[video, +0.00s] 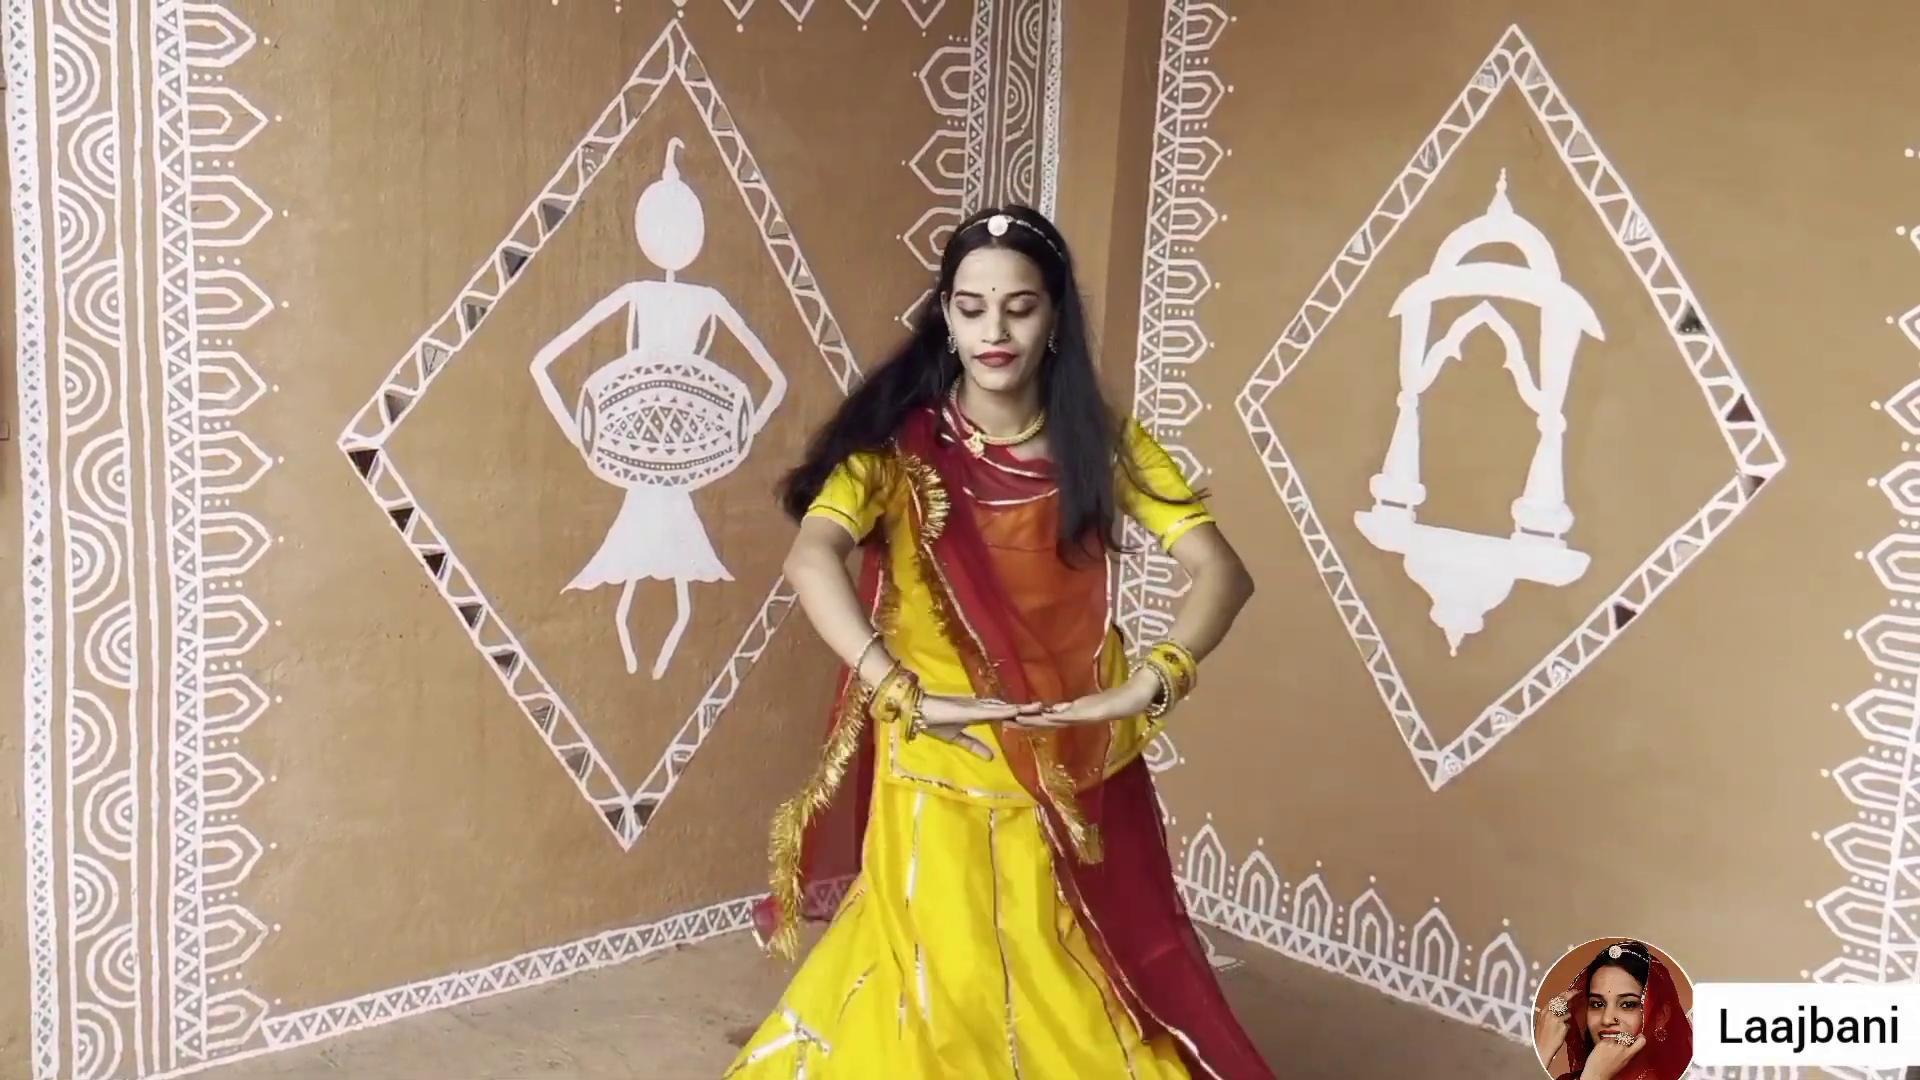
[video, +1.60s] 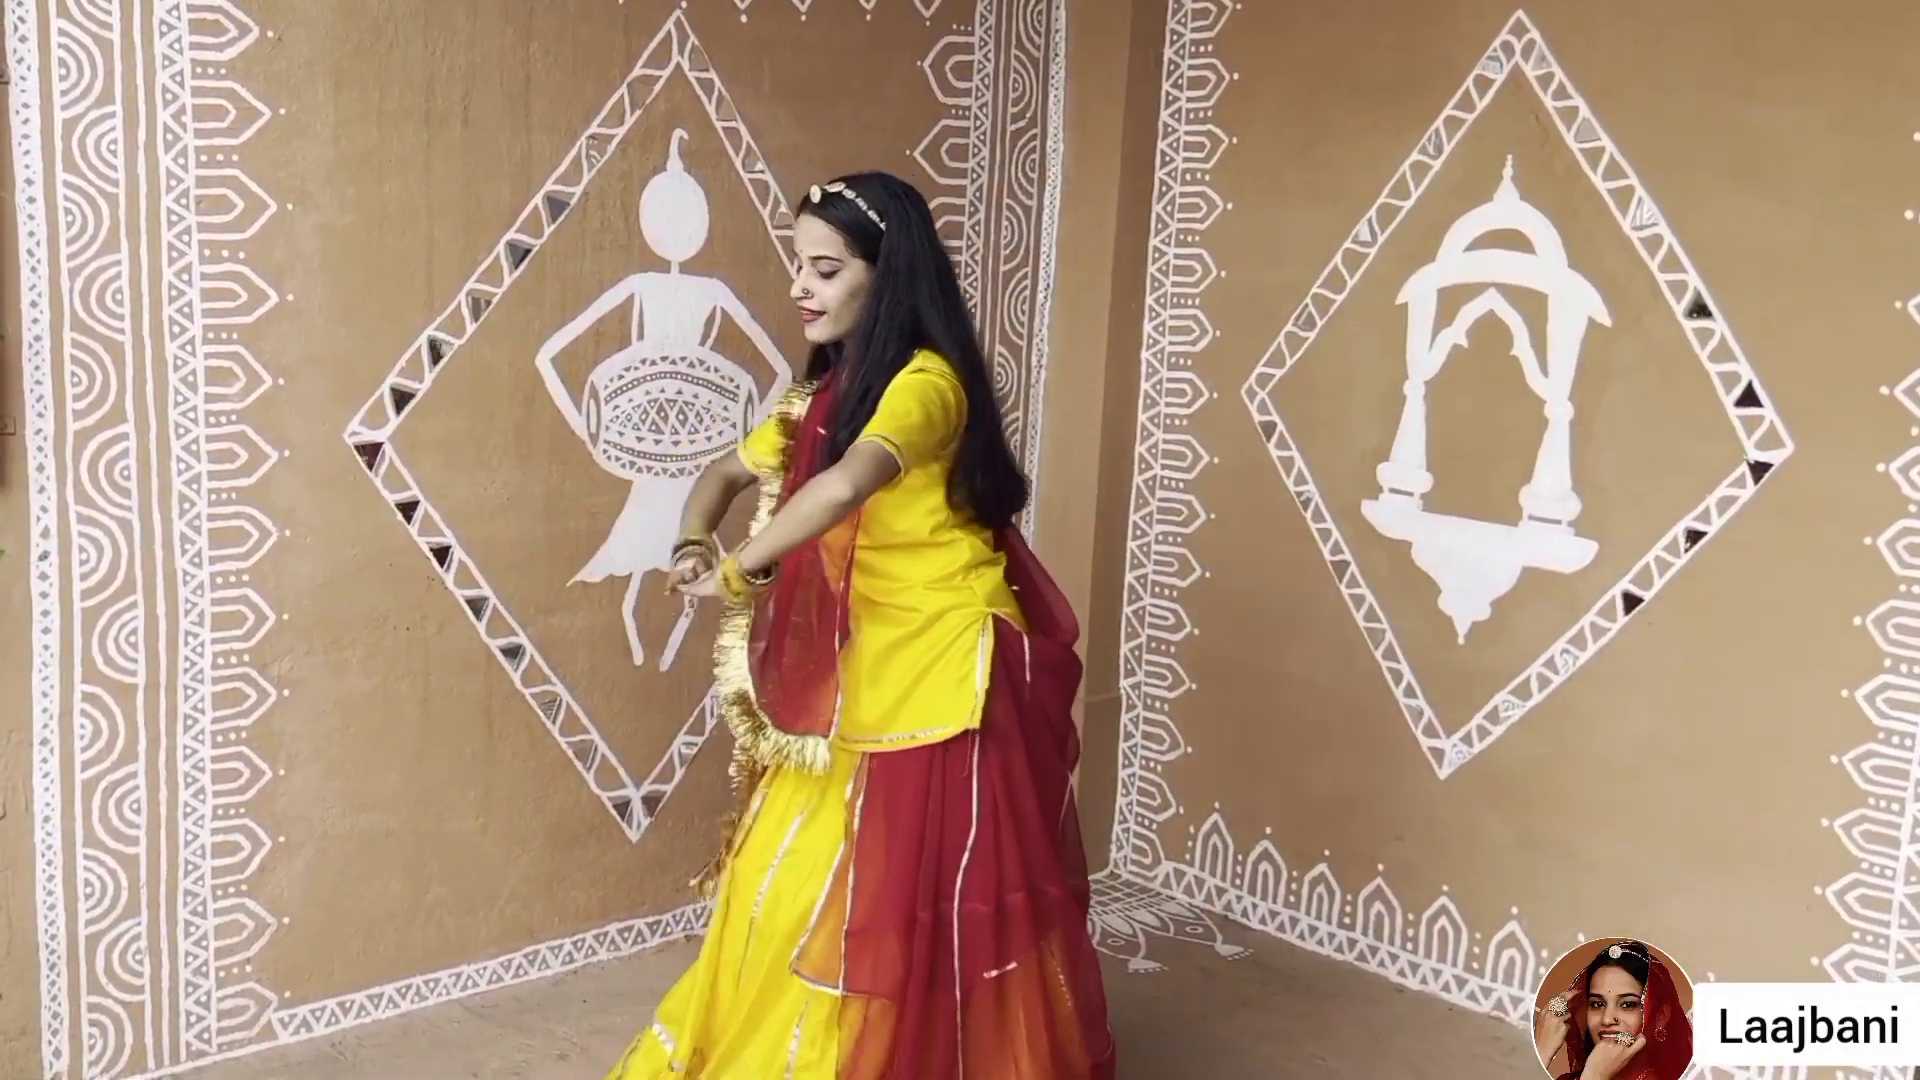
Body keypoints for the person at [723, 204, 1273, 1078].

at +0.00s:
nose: (994, 333)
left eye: (1019, 309)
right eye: (971, 309)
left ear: (1056, 316)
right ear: (946, 318)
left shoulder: (1102, 439)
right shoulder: (896, 442)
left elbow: (1221, 573)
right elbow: (811, 556)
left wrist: (1161, 674)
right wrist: (891, 682)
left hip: (1077, 769)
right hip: (939, 765)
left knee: (1090, 1010)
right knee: (950, 1005)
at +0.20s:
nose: (968, 301)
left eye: (994, 277)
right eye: (950, 277)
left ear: (1040, 282)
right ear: (930, 280)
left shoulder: (1087, 405)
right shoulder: (884, 399)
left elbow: (1226, 511)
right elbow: (742, 478)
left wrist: (1079, 585)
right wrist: (855, 585)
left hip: (1064, 728)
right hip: (924, 730)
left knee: (1063, 987)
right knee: (922, 980)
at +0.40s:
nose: (948, 269)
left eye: (972, 245)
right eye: (932, 245)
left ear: (1027, 243)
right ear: (916, 243)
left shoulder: (1070, 360)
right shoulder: (877, 349)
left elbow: (1205, 417)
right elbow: (723, 366)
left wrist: (1034, 435)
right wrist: (840, 412)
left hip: (1030, 700)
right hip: (891, 695)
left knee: (1029, 943)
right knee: (880, 931)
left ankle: (1032, 1066)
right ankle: (876, 1066)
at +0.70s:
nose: (887, 273)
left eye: (911, 253)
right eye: (879, 250)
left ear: (974, 257)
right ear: (873, 251)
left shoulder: (1011, 368)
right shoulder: (868, 358)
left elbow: (1054, 455)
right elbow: (732, 403)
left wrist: (909, 469)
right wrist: (783, 446)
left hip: (949, 702)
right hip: (845, 693)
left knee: (937, 944)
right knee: (822, 934)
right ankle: (822, 1061)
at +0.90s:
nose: (834, 285)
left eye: (859, 264)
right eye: (829, 262)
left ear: (924, 271)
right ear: (827, 264)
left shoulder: (963, 391)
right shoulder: (835, 389)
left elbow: (928, 518)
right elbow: (729, 474)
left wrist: (794, 590)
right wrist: (718, 559)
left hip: (938, 707)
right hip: (836, 700)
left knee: (888, 949)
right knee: (757, 929)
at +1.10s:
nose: (769, 279)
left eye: (795, 257)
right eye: (767, 257)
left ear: (862, 268)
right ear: (774, 267)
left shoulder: (896, 384)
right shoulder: (789, 389)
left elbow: (779, 509)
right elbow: (671, 488)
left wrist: (648, 599)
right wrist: (597, 579)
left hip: (942, 694)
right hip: (849, 699)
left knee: (907, 945)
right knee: (776, 930)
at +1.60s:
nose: (802, 292)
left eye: (823, 271)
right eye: (797, 271)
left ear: (886, 273)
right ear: (802, 276)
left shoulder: (927, 380)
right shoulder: (824, 391)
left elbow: (849, 483)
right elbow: (727, 473)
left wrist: (739, 567)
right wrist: (695, 543)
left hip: (954, 679)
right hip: (852, 676)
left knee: (920, 910)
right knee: (785, 898)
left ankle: (914, 1068)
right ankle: (765, 1063)